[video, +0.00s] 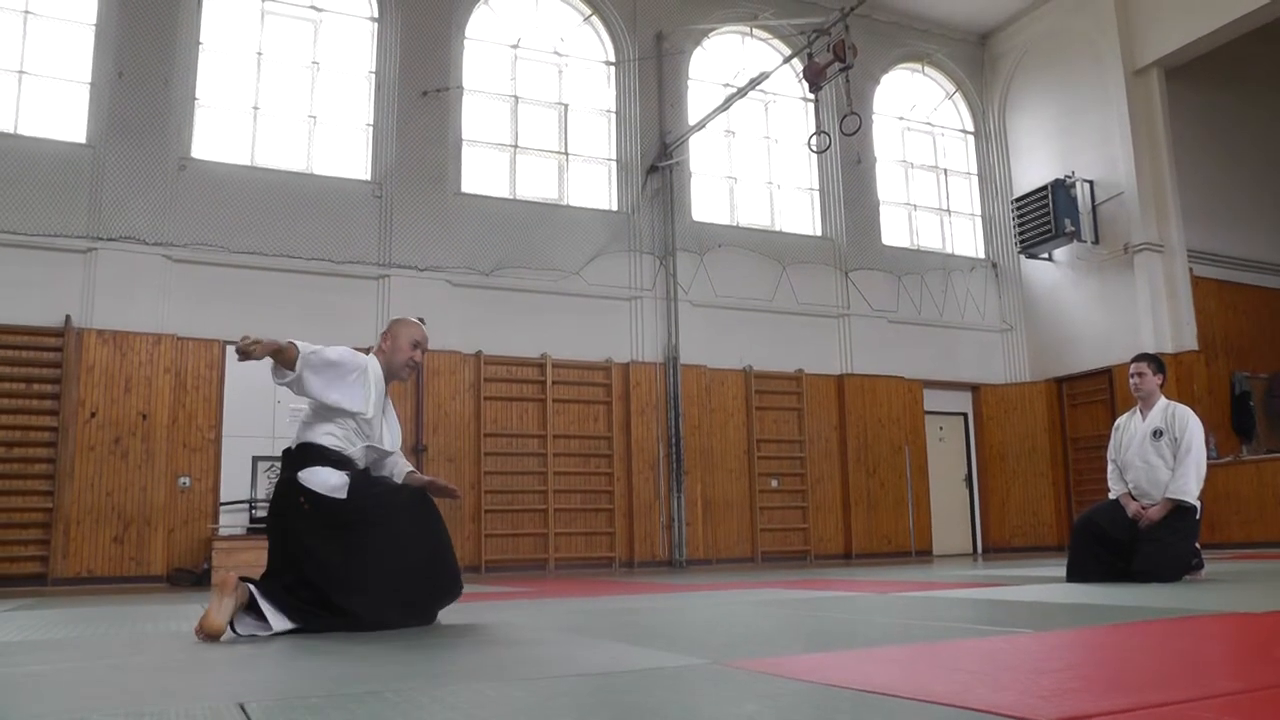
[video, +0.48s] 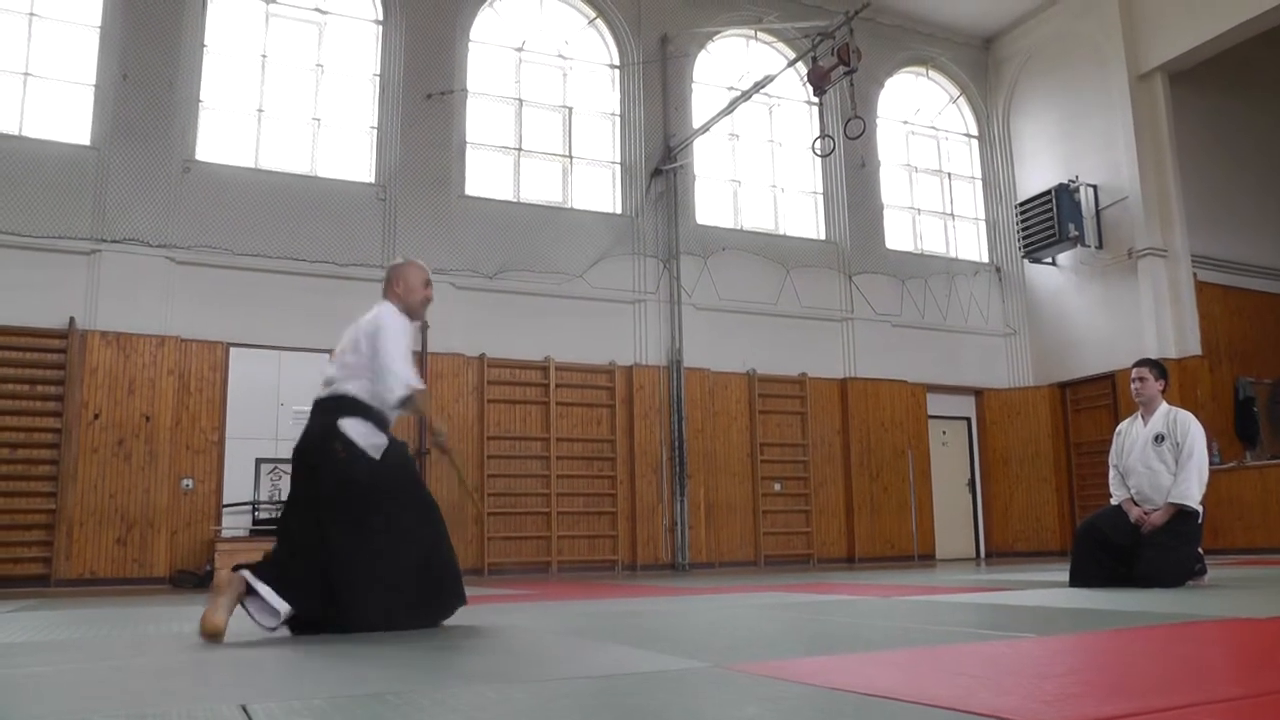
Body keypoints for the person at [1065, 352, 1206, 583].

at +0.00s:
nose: (1134, 381)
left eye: (1141, 375)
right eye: (1131, 376)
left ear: (1159, 379)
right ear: (1128, 381)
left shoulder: (1182, 417)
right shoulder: (1121, 424)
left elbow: (1191, 469)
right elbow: (1113, 469)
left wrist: (1162, 507)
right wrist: (1128, 503)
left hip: (1174, 509)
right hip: (1130, 507)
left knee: (1150, 572)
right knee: (1086, 528)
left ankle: (1191, 556)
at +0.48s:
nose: (1135, 386)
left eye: (1142, 380)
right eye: (1132, 381)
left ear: (1160, 385)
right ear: (1129, 386)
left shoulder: (1183, 422)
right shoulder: (1123, 430)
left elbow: (1193, 474)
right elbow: (1114, 475)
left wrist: (1164, 513)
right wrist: (1130, 508)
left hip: (1176, 514)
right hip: (1131, 513)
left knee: (1152, 576)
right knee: (1089, 533)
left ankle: (1193, 561)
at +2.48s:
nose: (1137, 406)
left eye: (1143, 400)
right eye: (1134, 401)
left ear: (1161, 405)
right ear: (1131, 407)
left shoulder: (1183, 441)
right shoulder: (1123, 450)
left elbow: (1195, 492)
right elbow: (1116, 495)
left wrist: (1166, 533)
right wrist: (1132, 528)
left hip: (1179, 534)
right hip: (1134, 533)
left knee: (1157, 598)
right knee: (1094, 553)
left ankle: (1198, 581)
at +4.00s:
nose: (1124, 423)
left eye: (1130, 417)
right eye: (1121, 418)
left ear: (1149, 422)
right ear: (1119, 423)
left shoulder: (1177, 459)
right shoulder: (1115, 468)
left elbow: (1196, 512)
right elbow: (1111, 515)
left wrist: (1167, 553)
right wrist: (1133, 548)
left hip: (1179, 553)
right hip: (1134, 552)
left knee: (1159, 615)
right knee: (1094, 576)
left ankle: (1200, 599)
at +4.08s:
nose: (1118, 418)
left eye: (1124, 411)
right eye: (1115, 413)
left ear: (1143, 416)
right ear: (1112, 418)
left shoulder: (1172, 454)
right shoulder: (1110, 462)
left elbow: (1188, 506)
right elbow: (1106, 508)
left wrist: (1165, 549)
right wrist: (1125, 541)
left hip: (1174, 549)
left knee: (1158, 616)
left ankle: (1199, 599)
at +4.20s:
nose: (1108, 407)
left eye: (1114, 401)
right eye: (1106, 402)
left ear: (1134, 403)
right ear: (1104, 408)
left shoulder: (1160, 443)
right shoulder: (1102, 450)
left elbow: (1177, 493)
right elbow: (1096, 492)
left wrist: (1158, 538)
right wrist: (1101, 518)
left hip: (1165, 539)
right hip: (1123, 539)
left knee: (1156, 618)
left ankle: (1199, 599)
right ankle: (1124, 607)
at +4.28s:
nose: (1099, 403)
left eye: (1105, 396)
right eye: (1097, 398)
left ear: (1125, 399)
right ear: (1096, 403)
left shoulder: (1152, 439)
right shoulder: (1094, 446)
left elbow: (1168, 489)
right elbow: (1087, 486)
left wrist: (1151, 534)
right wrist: (1087, 507)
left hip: (1158, 534)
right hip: (1117, 534)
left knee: (1152, 618)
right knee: (1080, 541)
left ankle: (1197, 599)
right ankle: (1113, 607)